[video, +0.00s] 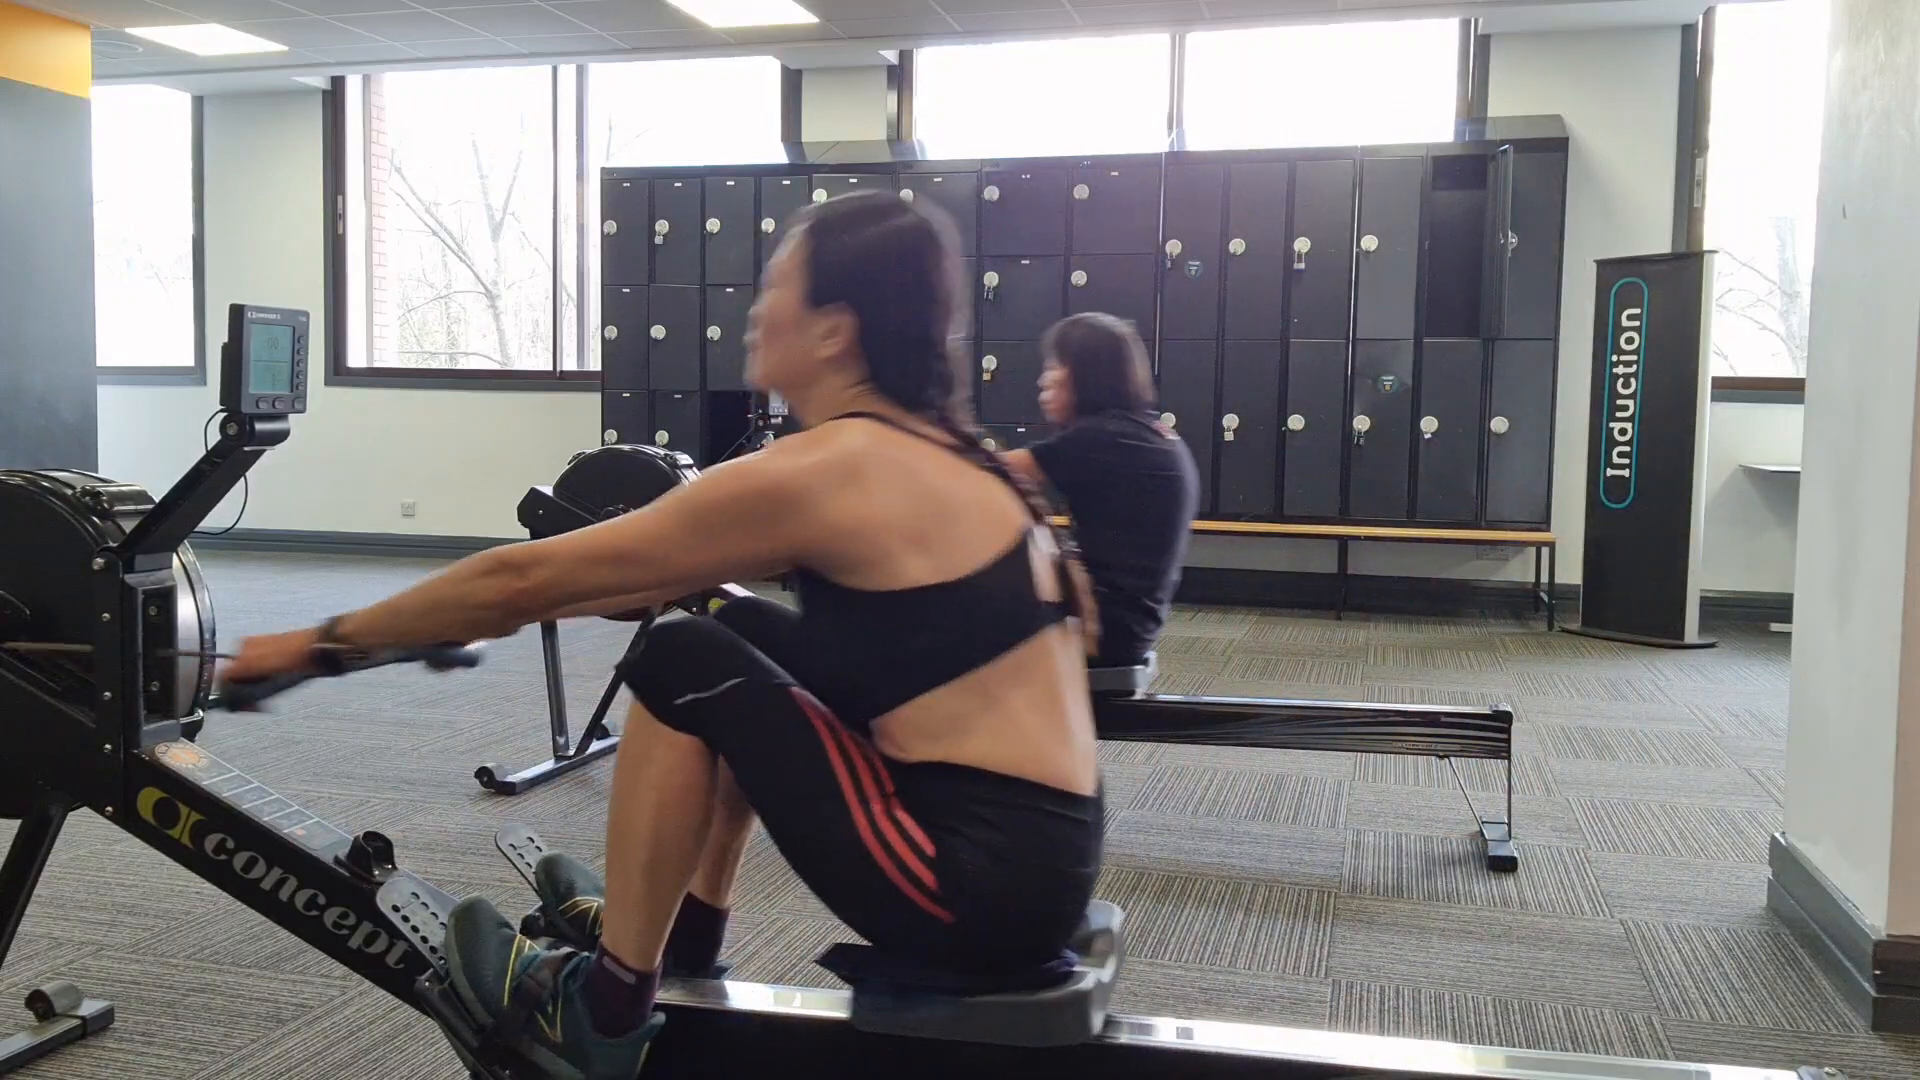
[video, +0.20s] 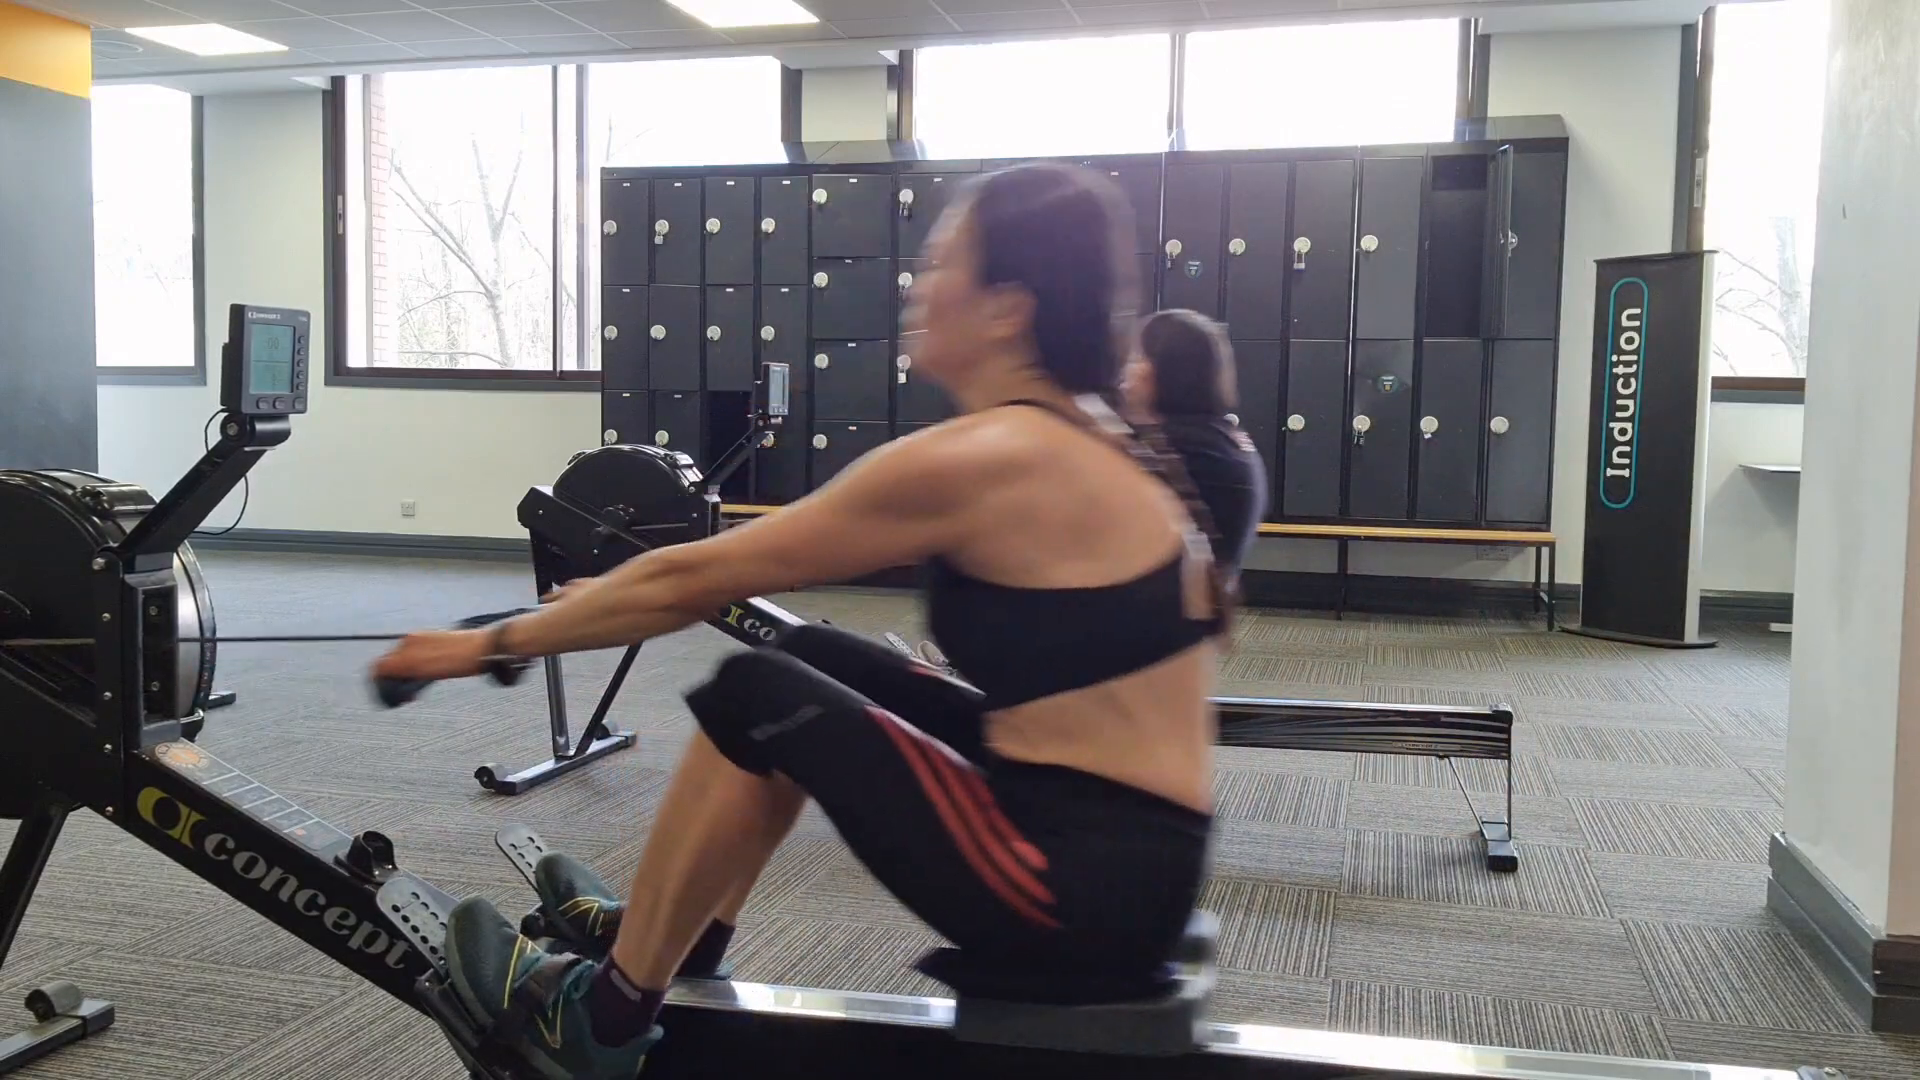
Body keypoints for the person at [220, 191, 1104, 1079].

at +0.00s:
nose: (751, 319)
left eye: (769, 297)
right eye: (761, 295)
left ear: (838, 328)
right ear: (865, 333)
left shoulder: (826, 475)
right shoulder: (947, 455)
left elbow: (531, 580)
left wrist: (319, 643)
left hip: (968, 889)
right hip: (1043, 869)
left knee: (680, 653)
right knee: (750, 639)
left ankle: (606, 1001)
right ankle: (686, 941)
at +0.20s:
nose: (911, 290)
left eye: (935, 268)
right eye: (922, 266)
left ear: (1010, 310)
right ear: (1017, 313)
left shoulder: (973, 462)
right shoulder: (1081, 433)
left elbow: (692, 582)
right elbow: (893, 533)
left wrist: (486, 645)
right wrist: (723, 537)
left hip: (1070, 886)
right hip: (1135, 850)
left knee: (760, 694)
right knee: (799, 651)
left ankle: (609, 1008)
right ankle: (684, 943)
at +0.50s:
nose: (1209, 261)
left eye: (1243, 241)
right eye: (1223, 236)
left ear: (1328, 290)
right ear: (1313, 295)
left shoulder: (1266, 456)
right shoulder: (1325, 430)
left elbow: (983, 590)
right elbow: (1056, 540)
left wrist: (757, 645)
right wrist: (857, 569)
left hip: (1281, 886)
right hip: (1283, 812)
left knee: (906, 790)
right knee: (921, 742)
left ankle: (625, 1020)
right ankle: (682, 964)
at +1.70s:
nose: (980, 285)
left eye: (1004, 261)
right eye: (990, 259)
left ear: (1083, 298)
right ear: (1084, 300)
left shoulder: (1072, 476)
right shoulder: (1142, 439)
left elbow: (811, 677)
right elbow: (959, 598)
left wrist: (627, 725)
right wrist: (808, 626)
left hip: (1141, 907)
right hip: (1160, 850)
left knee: (808, 725)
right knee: (828, 671)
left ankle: (623, 1013)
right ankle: (682, 947)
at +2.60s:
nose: (1027, 287)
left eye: (1053, 263)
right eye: (1033, 262)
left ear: (1139, 294)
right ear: (1143, 300)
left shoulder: (1095, 459)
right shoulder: (1190, 426)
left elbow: (824, 585)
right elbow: (918, 551)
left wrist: (606, 644)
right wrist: (725, 587)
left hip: (1178, 879)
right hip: (1203, 828)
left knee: (831, 736)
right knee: (860, 690)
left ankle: (615, 1017)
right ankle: (657, 951)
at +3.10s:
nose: (1504, 353)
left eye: (1535, 321)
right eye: (1512, 320)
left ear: (1647, 339)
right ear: (1631, 342)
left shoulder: (1650, 533)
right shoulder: (1590, 503)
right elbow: (1429, 714)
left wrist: (1223, 776)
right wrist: (1261, 655)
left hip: (1387, 928)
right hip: (1340, 857)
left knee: (958, 887)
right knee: (963, 839)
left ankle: (618, 1027)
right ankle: (683, 953)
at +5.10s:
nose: (1408, 313)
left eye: (1441, 283)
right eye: (1415, 280)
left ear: (1546, 310)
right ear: (1519, 308)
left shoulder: (1509, 480)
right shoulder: (1490, 462)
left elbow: (1201, 615)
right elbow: (1253, 568)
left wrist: (962, 650)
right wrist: (1039, 574)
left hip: (1358, 896)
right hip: (1333, 824)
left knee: (960, 844)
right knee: (975, 809)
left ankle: (610, 1030)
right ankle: (683, 946)